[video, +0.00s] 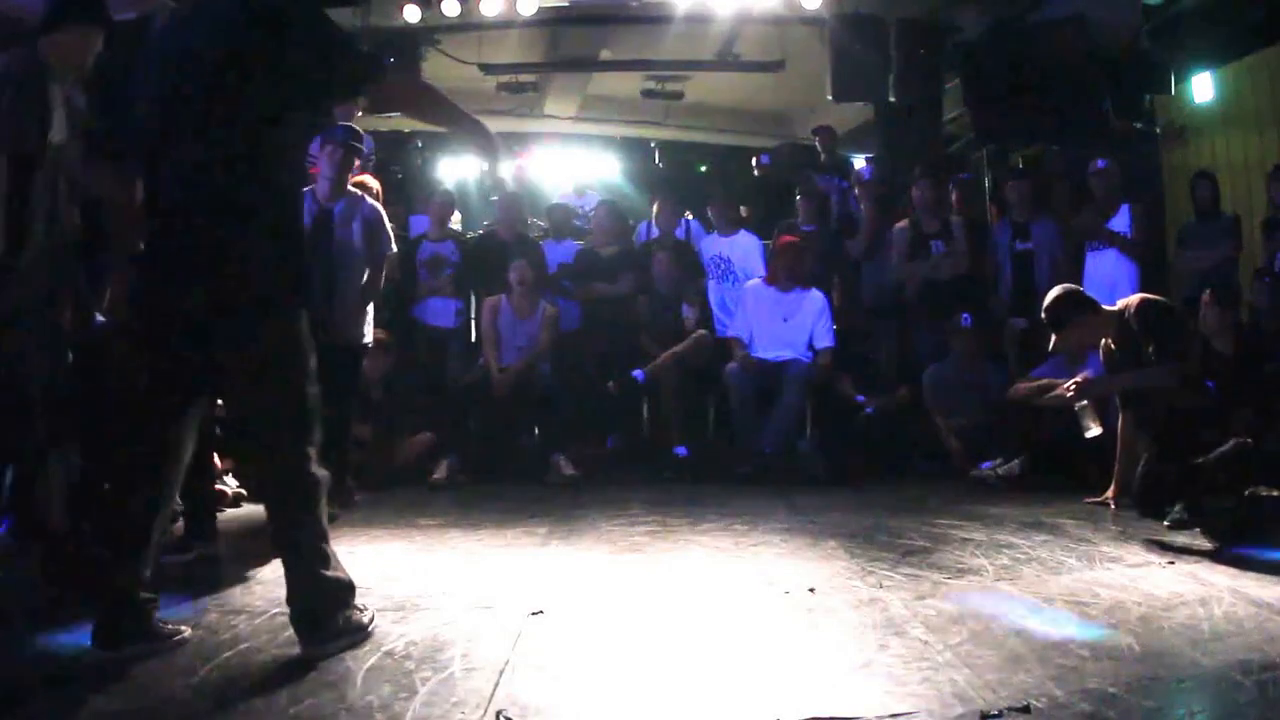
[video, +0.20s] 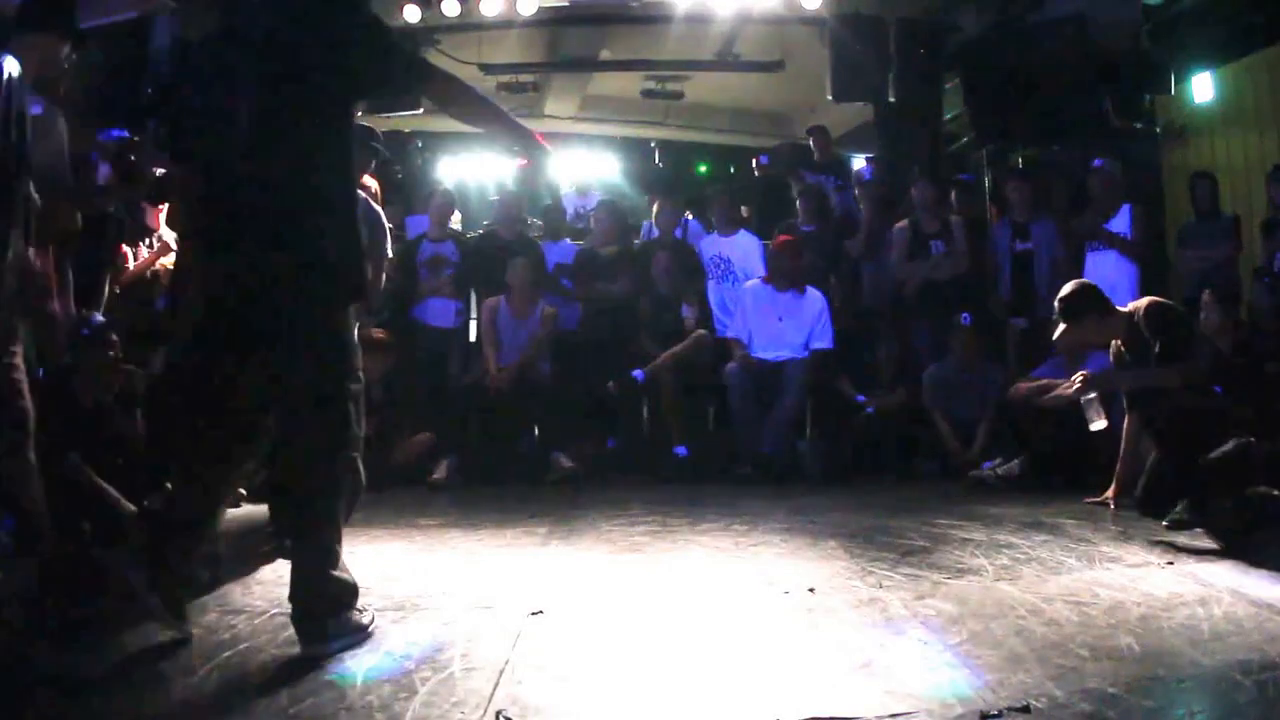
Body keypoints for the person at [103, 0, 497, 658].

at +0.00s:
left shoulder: (151, 38)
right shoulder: (291, 27)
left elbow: (114, 170)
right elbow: (391, 88)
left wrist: (120, 268)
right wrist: (472, 128)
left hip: (169, 269)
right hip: (258, 275)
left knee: (153, 450)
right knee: (289, 451)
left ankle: (121, 612)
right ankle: (321, 614)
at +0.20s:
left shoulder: (211, 37)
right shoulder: (336, 23)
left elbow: (178, 145)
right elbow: (433, 83)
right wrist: (527, 138)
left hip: (225, 250)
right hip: (310, 253)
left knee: (224, 412)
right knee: (324, 426)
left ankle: (171, 561)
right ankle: (320, 608)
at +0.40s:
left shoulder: (248, 49)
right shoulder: (371, 26)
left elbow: (205, 168)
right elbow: (474, 74)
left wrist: (222, 248)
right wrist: (549, 133)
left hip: (269, 265)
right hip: (346, 261)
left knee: (295, 409)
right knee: (352, 419)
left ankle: (298, 566)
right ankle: (319, 601)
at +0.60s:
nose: (404, 17)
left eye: (401, 12)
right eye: (401, 11)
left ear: (325, 15)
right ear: (384, 12)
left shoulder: (283, 68)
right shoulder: (401, 53)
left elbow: (241, 175)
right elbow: (508, 105)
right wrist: (567, 154)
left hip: (302, 270)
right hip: (380, 265)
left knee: (337, 416)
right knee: (380, 412)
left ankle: (402, 545)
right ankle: (324, 603)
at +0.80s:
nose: (412, 31)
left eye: (403, 24)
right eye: (406, 25)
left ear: (347, 39)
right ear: (395, 33)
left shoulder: (315, 91)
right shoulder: (423, 79)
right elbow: (517, 138)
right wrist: (582, 192)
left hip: (342, 273)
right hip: (414, 270)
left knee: (375, 410)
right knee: (416, 409)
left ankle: (414, 555)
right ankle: (342, 577)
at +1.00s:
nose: (431, 62)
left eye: (420, 57)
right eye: (431, 52)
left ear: (374, 56)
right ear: (431, 49)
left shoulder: (350, 108)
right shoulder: (447, 81)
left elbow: (321, 200)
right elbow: (527, 145)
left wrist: (324, 281)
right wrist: (590, 195)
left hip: (375, 277)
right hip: (445, 270)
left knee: (391, 407)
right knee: (472, 399)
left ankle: (409, 543)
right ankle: (424, 537)